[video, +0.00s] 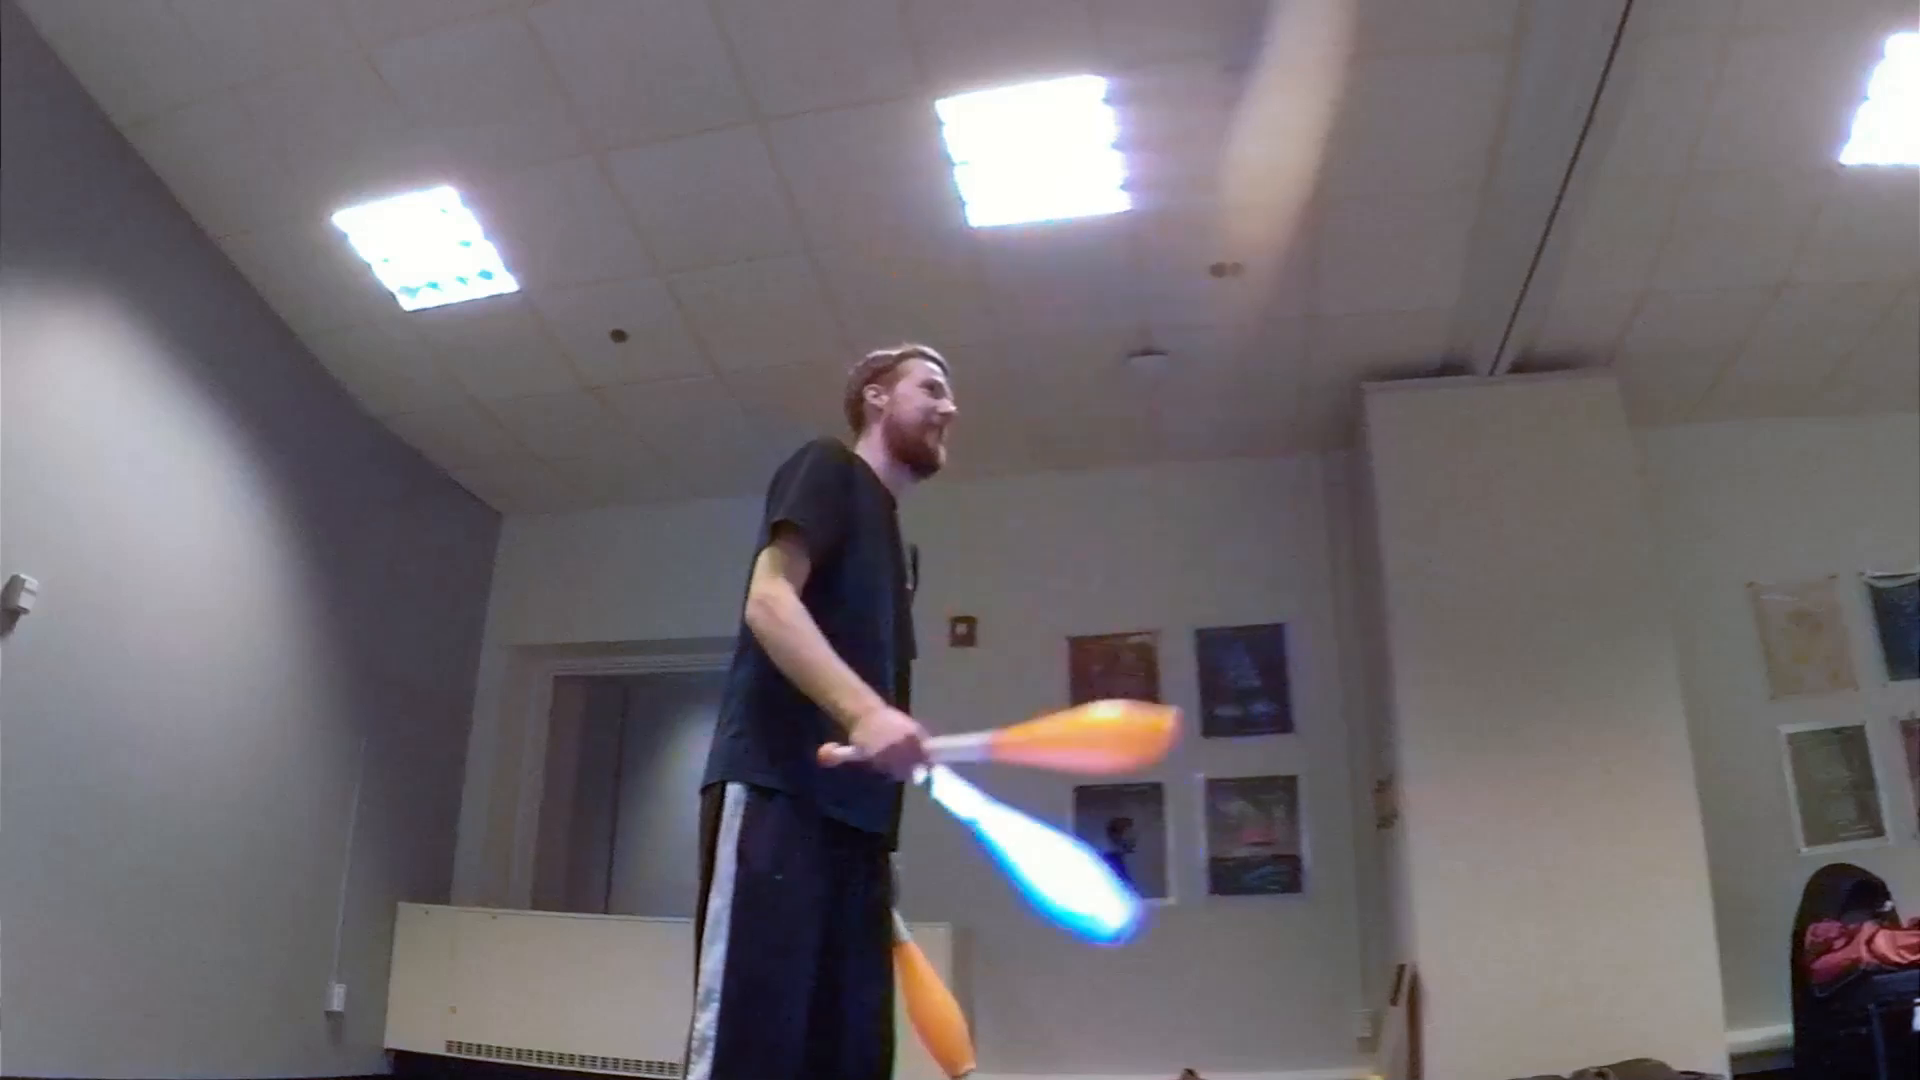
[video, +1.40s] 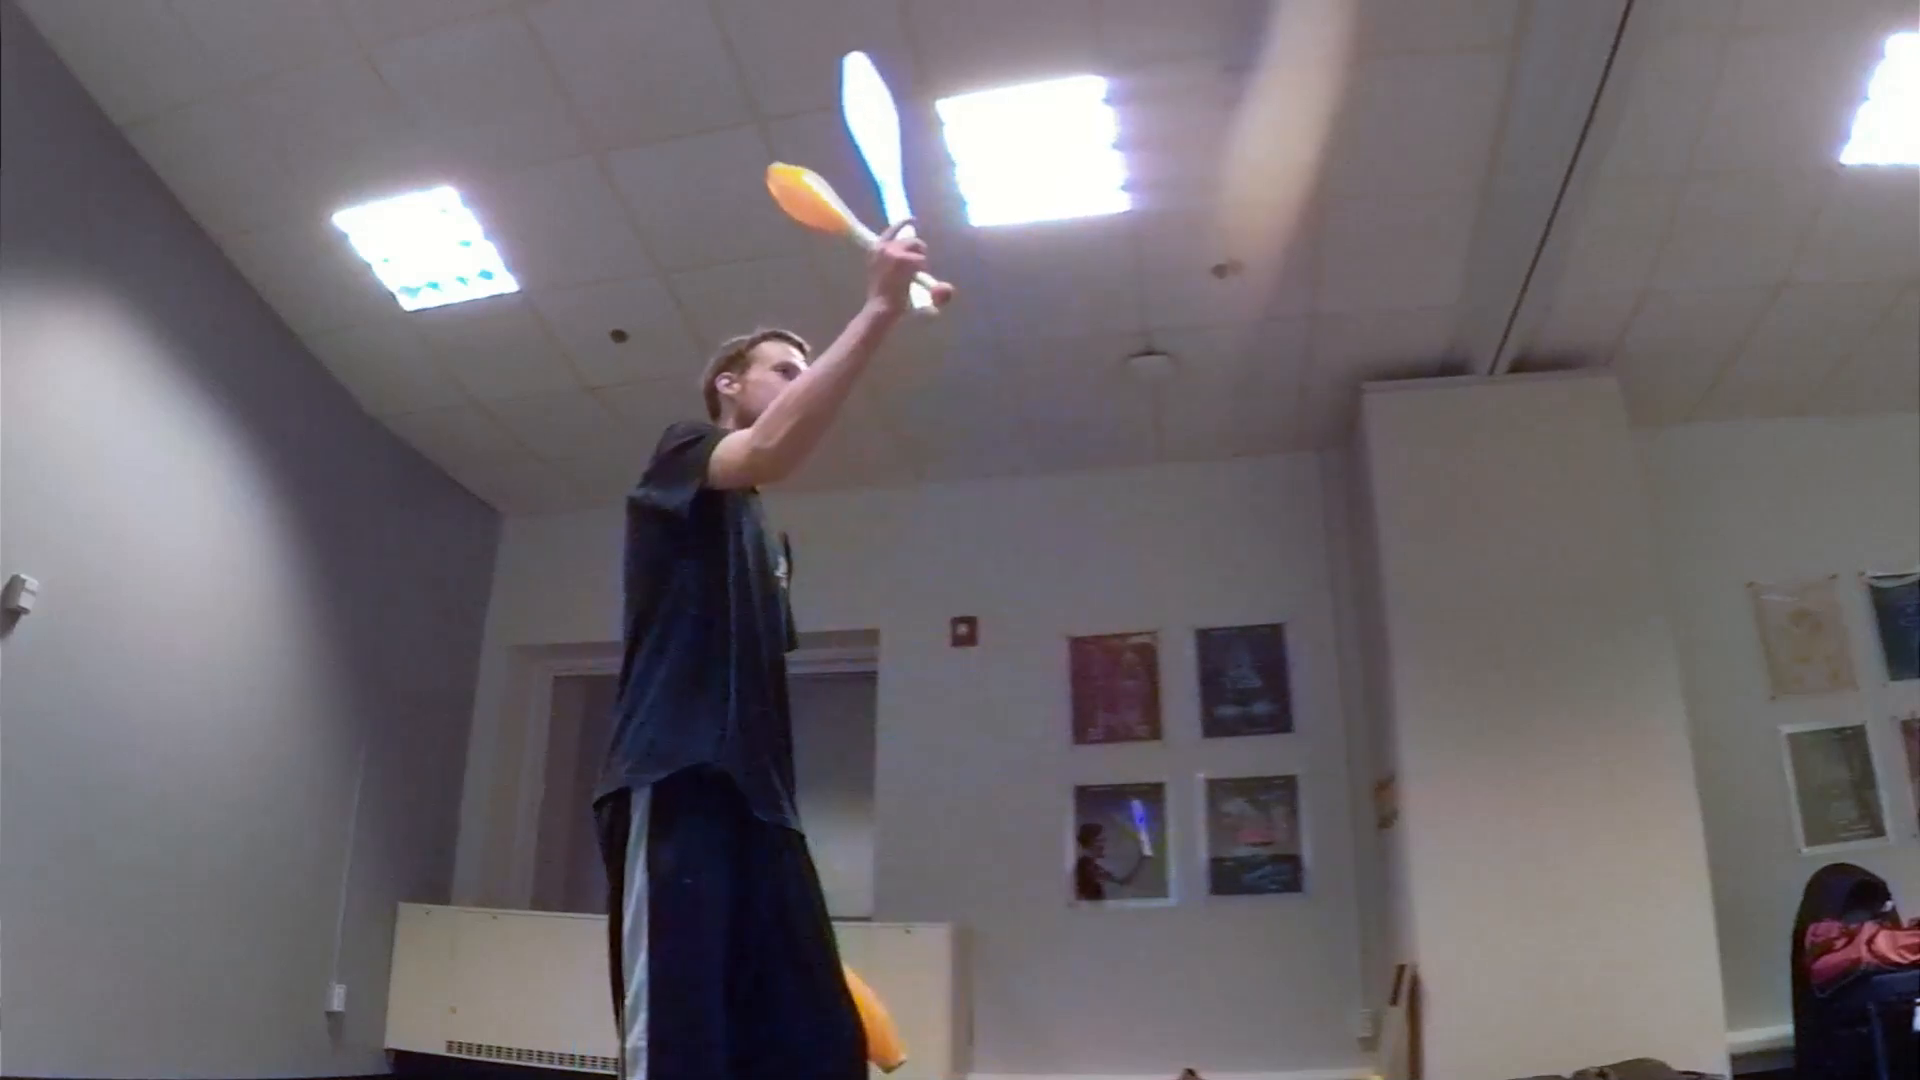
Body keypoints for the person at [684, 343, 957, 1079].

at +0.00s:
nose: (949, 406)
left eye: (950, 396)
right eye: (930, 387)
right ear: (874, 397)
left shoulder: (891, 535)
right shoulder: (827, 467)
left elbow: (873, 692)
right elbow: (769, 602)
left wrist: (875, 854)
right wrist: (864, 711)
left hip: (852, 814)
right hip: (777, 798)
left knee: (849, 1038)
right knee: (752, 1031)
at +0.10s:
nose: (945, 402)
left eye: (947, 391)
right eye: (927, 383)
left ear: (937, 415)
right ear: (871, 393)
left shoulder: (895, 540)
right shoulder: (822, 465)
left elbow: (872, 697)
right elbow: (761, 609)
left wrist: (882, 846)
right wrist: (788, 762)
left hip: (855, 819)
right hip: (775, 802)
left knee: (841, 1040)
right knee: (752, 1035)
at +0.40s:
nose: (906, 387)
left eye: (907, 378)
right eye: (886, 369)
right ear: (826, 381)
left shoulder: (866, 527)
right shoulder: (766, 466)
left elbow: (850, 678)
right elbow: (674, 613)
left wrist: (848, 829)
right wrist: (644, 781)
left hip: (832, 828)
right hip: (739, 813)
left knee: (853, 1043)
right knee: (722, 1040)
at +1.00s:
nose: (822, 381)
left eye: (824, 372)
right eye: (801, 362)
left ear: (822, 405)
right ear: (741, 379)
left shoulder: (790, 524)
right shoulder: (686, 470)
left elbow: (774, 670)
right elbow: (599, 618)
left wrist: (788, 740)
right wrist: (710, 709)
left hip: (771, 814)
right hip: (685, 806)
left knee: (836, 1046)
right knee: (683, 1050)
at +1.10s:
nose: (817, 383)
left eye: (821, 374)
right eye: (796, 363)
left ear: (815, 404)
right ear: (737, 380)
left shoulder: (785, 526)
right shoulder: (682, 467)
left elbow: (773, 647)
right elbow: (637, 612)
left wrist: (825, 602)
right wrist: (792, 593)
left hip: (772, 814)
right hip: (681, 800)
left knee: (812, 1041)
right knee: (680, 1040)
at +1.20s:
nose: (810, 386)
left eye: (815, 376)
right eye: (790, 367)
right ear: (732, 379)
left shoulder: (768, 518)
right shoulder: (682, 458)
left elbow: (763, 671)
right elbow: (712, 556)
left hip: (770, 814)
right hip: (681, 803)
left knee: (816, 1044)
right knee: (678, 1045)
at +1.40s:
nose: (801, 383)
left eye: (806, 375)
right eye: (784, 367)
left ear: (795, 396)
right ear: (726, 384)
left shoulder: (761, 526)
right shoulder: (680, 456)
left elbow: (756, 679)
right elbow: (768, 450)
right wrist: (879, 308)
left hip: (756, 791)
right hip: (679, 780)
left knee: (815, 1026)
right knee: (679, 1022)